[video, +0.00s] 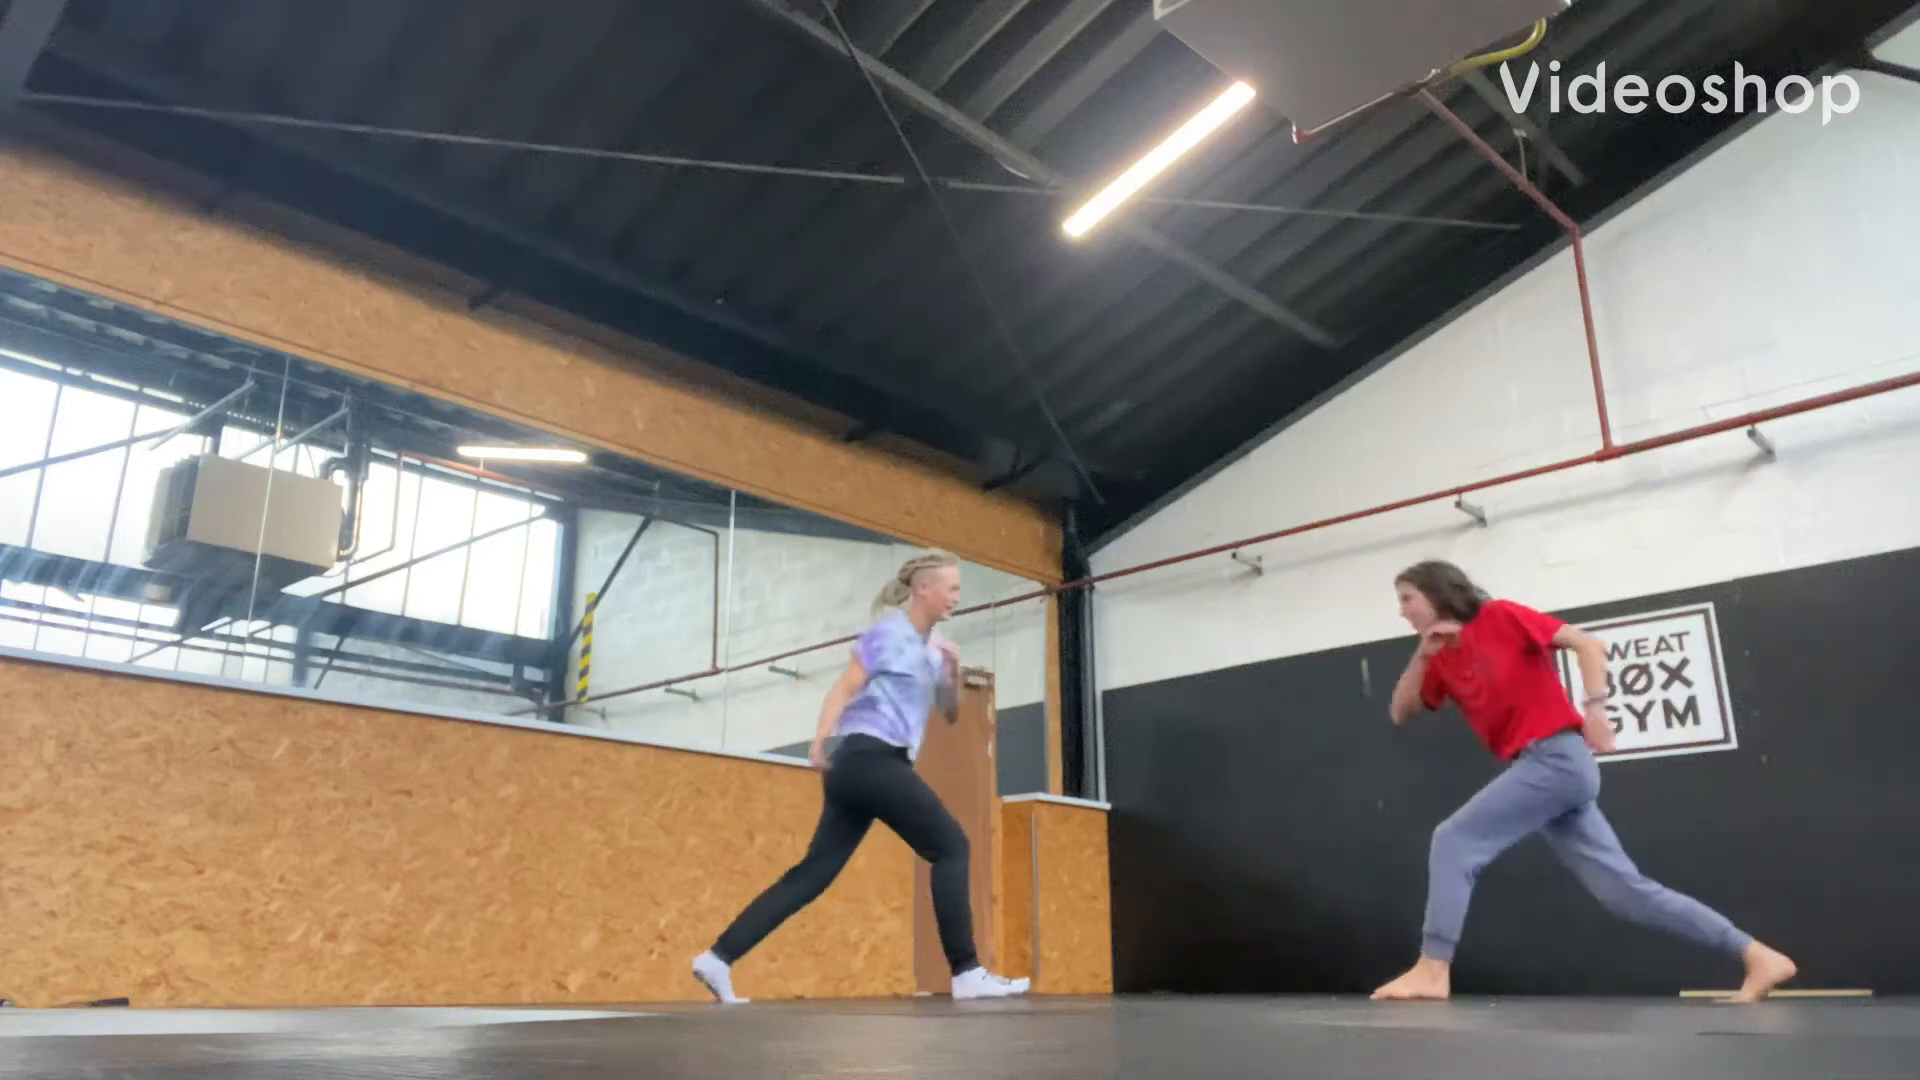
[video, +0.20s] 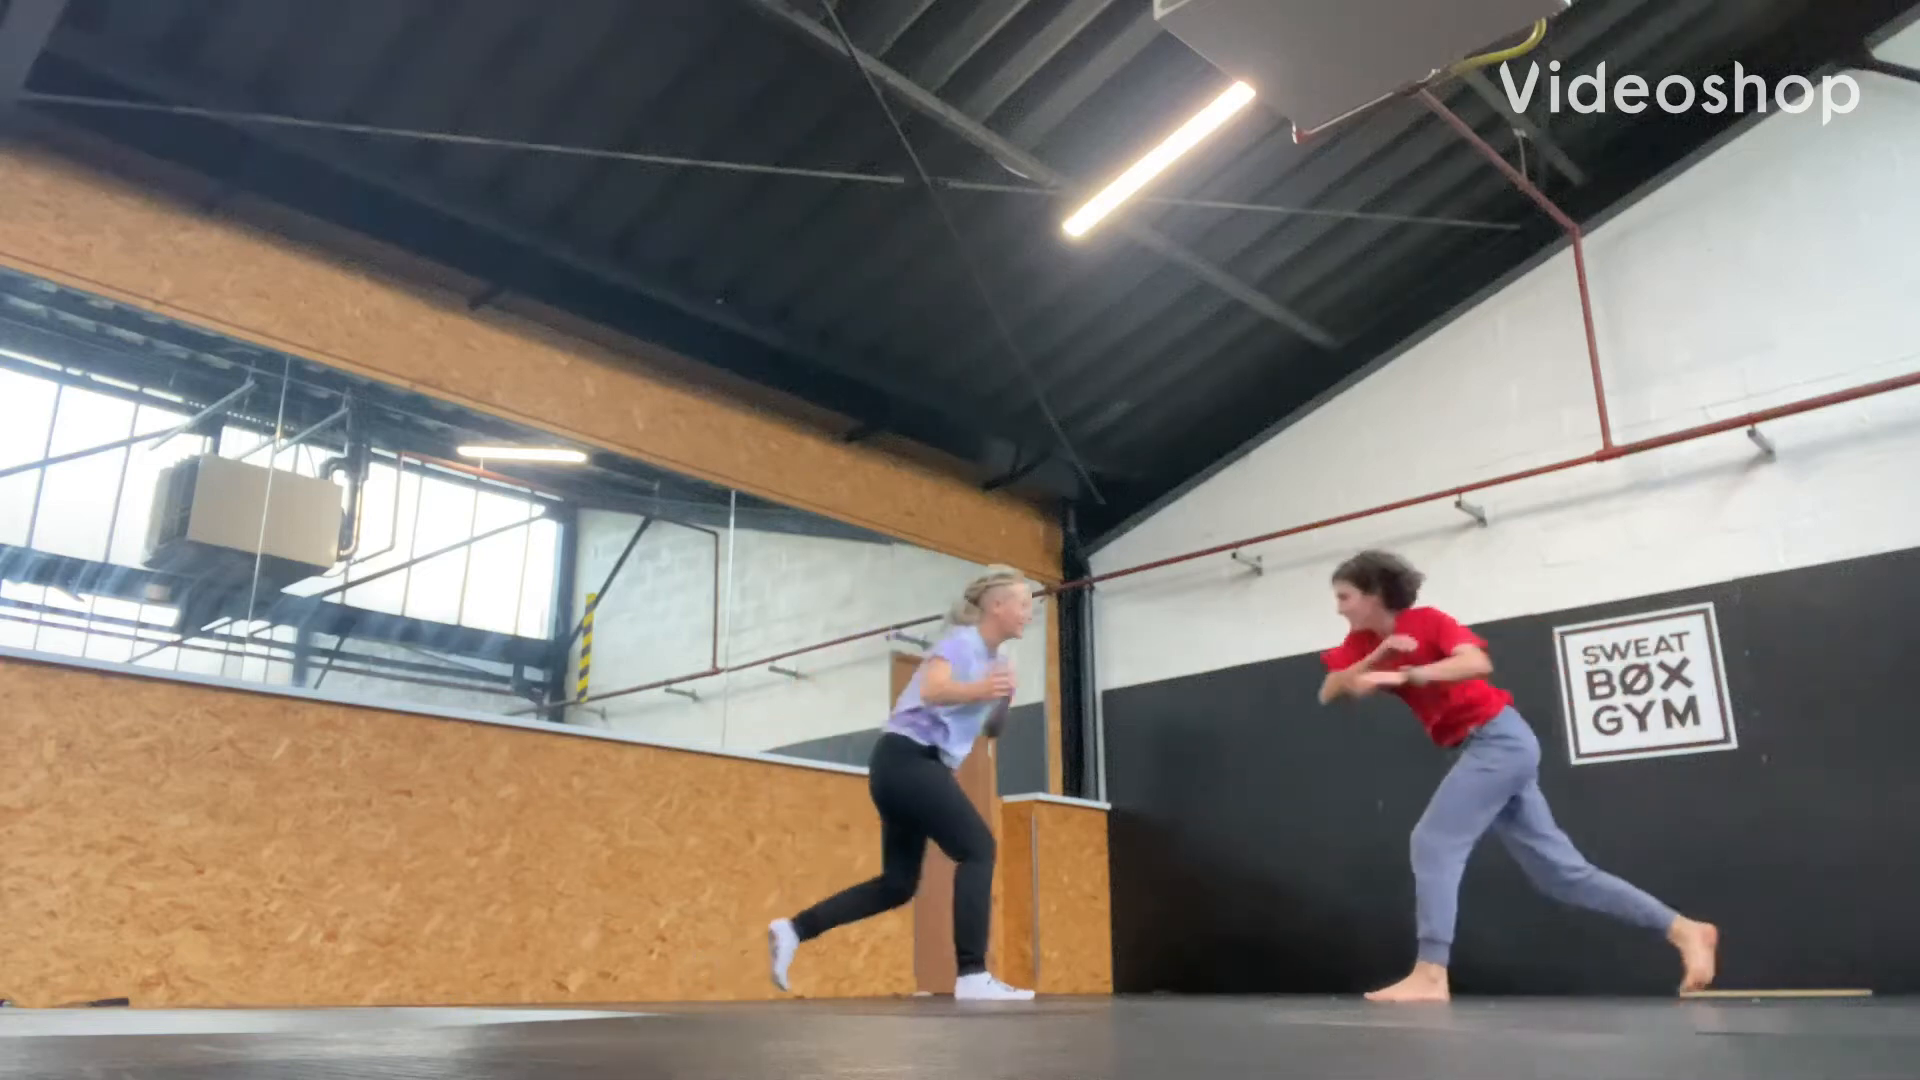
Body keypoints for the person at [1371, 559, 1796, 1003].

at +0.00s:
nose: (1402, 611)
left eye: (1407, 600)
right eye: (1400, 603)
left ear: (1438, 596)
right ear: (1420, 605)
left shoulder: (1497, 616)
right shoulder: (1437, 662)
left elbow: (1588, 645)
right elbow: (1401, 712)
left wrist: (1595, 709)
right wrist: (1420, 656)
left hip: (1560, 756)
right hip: (1542, 766)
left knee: (1456, 839)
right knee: (1623, 891)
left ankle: (1431, 971)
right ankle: (1760, 959)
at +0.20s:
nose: (1340, 609)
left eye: (1345, 599)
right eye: (1338, 601)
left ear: (1379, 596)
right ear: (1361, 601)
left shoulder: (1426, 621)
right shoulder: (1361, 643)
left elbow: (1478, 661)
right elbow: (1327, 692)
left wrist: (1416, 674)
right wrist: (1366, 666)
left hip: (1501, 739)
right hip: (1489, 747)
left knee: (1435, 841)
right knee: (1559, 873)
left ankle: (1429, 976)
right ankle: (1687, 933)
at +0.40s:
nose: (1284, 669)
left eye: (1288, 659)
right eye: (1282, 660)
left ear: (1315, 654)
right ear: (1313, 658)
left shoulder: (1364, 663)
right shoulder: (1337, 702)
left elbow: (1315, 723)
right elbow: (1345, 764)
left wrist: (1277, 703)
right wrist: (1367, 775)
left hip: (1477, 755)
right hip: (1472, 761)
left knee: (1402, 846)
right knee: (1459, 877)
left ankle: (1427, 977)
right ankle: (1553, 948)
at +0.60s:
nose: (1281, 728)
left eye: (1280, 720)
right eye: (1277, 723)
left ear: (1290, 708)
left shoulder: (1330, 704)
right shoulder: (1313, 733)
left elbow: (1335, 783)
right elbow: (1294, 785)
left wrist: (1304, 769)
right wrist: (1285, 814)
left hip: (1456, 780)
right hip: (1461, 784)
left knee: (1376, 863)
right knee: (1414, 878)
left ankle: (1424, 976)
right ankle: (1405, 969)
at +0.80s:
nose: (1268, 733)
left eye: (1270, 724)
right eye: (1264, 727)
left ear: (1286, 717)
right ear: (1271, 729)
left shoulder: (1326, 717)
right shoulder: (1292, 758)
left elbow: (1386, 739)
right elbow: (1249, 779)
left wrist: (1352, 787)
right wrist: (1196, 789)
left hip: (1445, 777)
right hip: (1415, 802)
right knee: (1372, 868)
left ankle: (1441, 962)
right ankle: (1397, 974)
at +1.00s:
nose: (1283, 725)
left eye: (1281, 715)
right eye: (1278, 719)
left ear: (1295, 701)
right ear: (1292, 709)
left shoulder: (1328, 697)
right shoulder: (1319, 734)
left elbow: (1322, 740)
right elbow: (1300, 762)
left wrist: (1283, 754)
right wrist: (1269, 790)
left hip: (1446, 769)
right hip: (1419, 794)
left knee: (1488, 872)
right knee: (1379, 870)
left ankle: (1596, 953)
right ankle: (1397, 978)